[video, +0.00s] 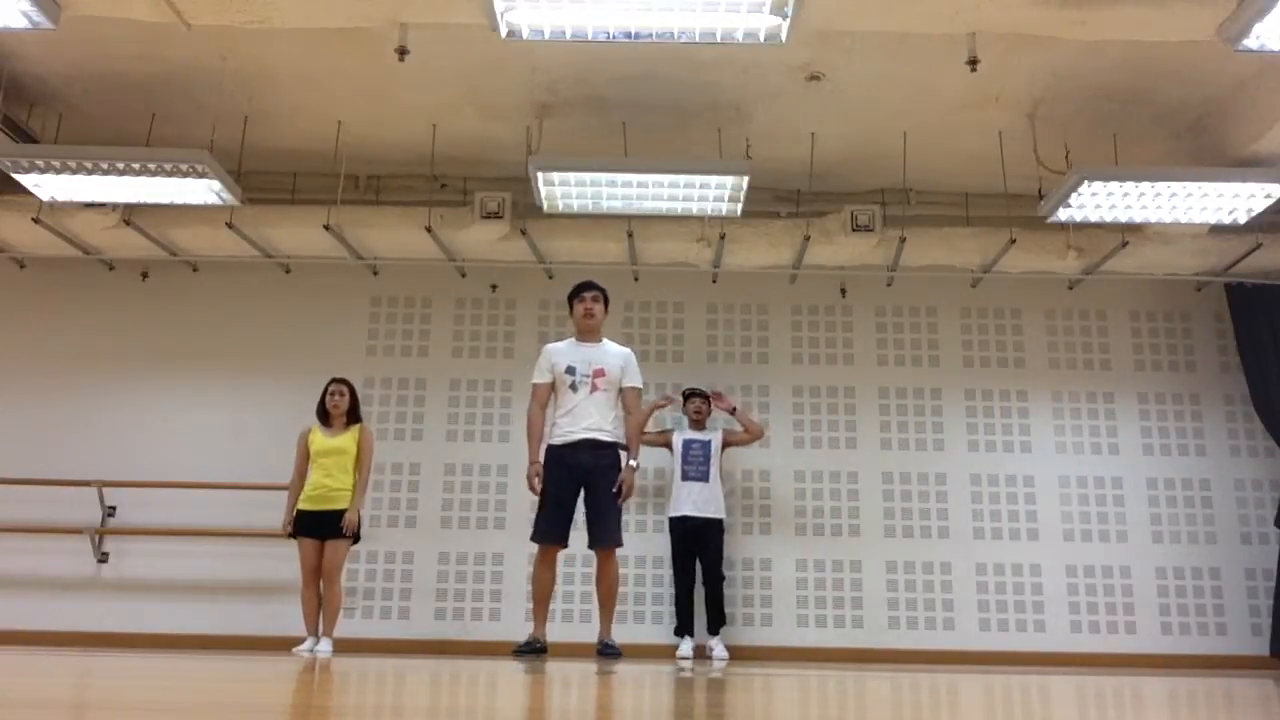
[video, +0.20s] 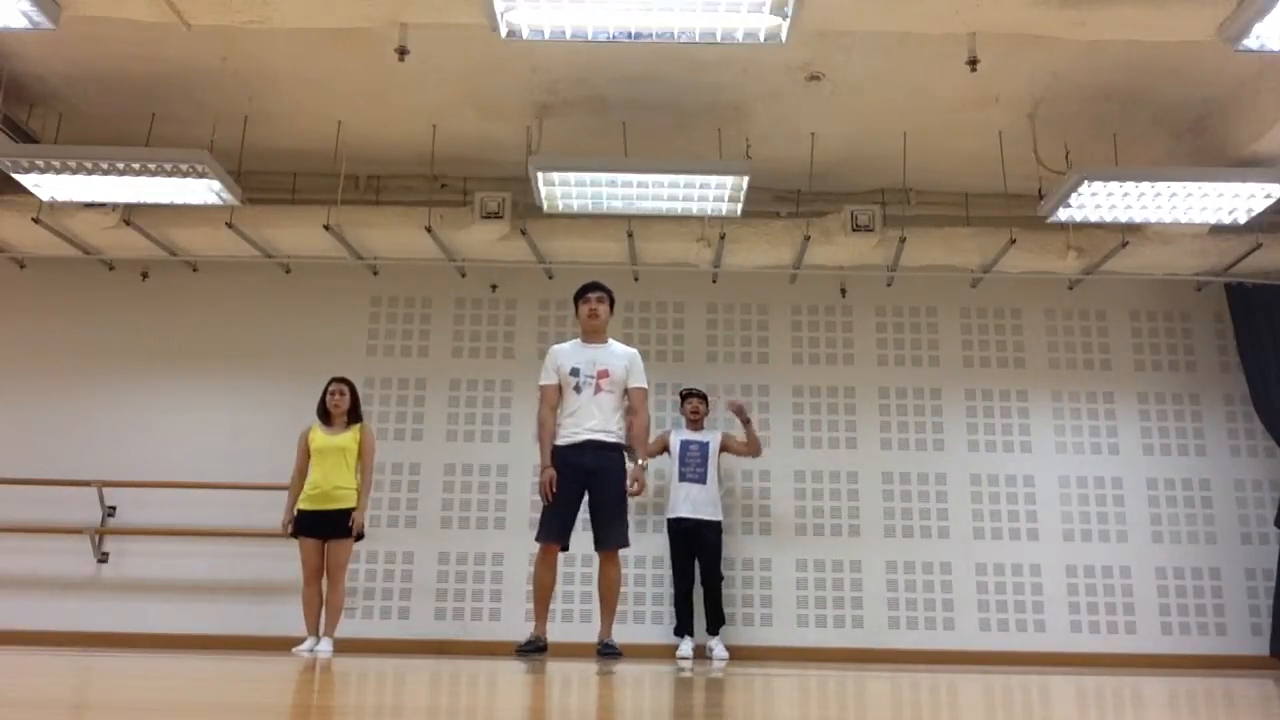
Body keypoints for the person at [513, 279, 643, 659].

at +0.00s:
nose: (589, 306)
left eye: (595, 301)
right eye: (582, 301)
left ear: (606, 311)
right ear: (571, 311)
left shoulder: (623, 356)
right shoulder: (552, 352)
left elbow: (633, 412)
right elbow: (537, 406)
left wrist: (632, 464)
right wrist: (534, 459)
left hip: (606, 456)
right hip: (561, 455)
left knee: (606, 548)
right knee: (548, 547)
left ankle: (606, 636)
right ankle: (537, 635)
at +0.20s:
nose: (593, 307)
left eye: (600, 302)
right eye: (587, 302)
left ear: (611, 311)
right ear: (576, 311)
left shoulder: (628, 356)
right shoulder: (558, 353)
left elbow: (638, 413)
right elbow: (547, 411)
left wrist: (639, 461)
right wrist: (546, 464)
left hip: (610, 457)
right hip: (567, 455)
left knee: (609, 549)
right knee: (549, 544)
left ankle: (606, 636)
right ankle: (538, 633)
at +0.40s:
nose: (593, 307)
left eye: (600, 302)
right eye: (587, 302)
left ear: (610, 311)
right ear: (576, 311)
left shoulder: (628, 356)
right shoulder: (557, 353)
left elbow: (639, 410)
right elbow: (543, 410)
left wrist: (638, 459)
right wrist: (541, 460)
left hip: (608, 455)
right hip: (563, 454)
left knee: (606, 549)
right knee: (550, 546)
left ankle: (605, 636)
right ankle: (540, 634)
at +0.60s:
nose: (598, 307)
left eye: (604, 302)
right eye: (591, 302)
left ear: (615, 312)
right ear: (580, 312)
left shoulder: (634, 357)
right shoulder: (563, 355)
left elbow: (640, 411)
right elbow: (546, 409)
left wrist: (633, 458)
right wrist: (538, 462)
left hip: (615, 456)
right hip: (571, 455)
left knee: (611, 550)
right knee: (556, 547)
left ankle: (606, 636)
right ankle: (542, 634)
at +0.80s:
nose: (605, 309)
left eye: (612, 304)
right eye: (598, 304)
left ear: (622, 313)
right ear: (588, 313)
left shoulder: (639, 357)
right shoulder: (570, 355)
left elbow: (652, 412)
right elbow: (556, 411)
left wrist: (652, 460)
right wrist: (555, 465)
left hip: (622, 457)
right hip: (579, 456)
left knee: (615, 549)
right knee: (581, 546)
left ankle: (606, 635)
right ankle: (583, 633)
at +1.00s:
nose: (607, 308)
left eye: (613, 303)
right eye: (600, 303)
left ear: (624, 312)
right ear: (590, 313)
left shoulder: (641, 357)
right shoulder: (572, 354)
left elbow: (655, 409)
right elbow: (554, 408)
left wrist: (655, 456)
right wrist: (555, 459)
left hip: (623, 457)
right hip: (582, 456)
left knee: (615, 550)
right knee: (584, 547)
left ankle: (606, 635)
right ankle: (586, 633)